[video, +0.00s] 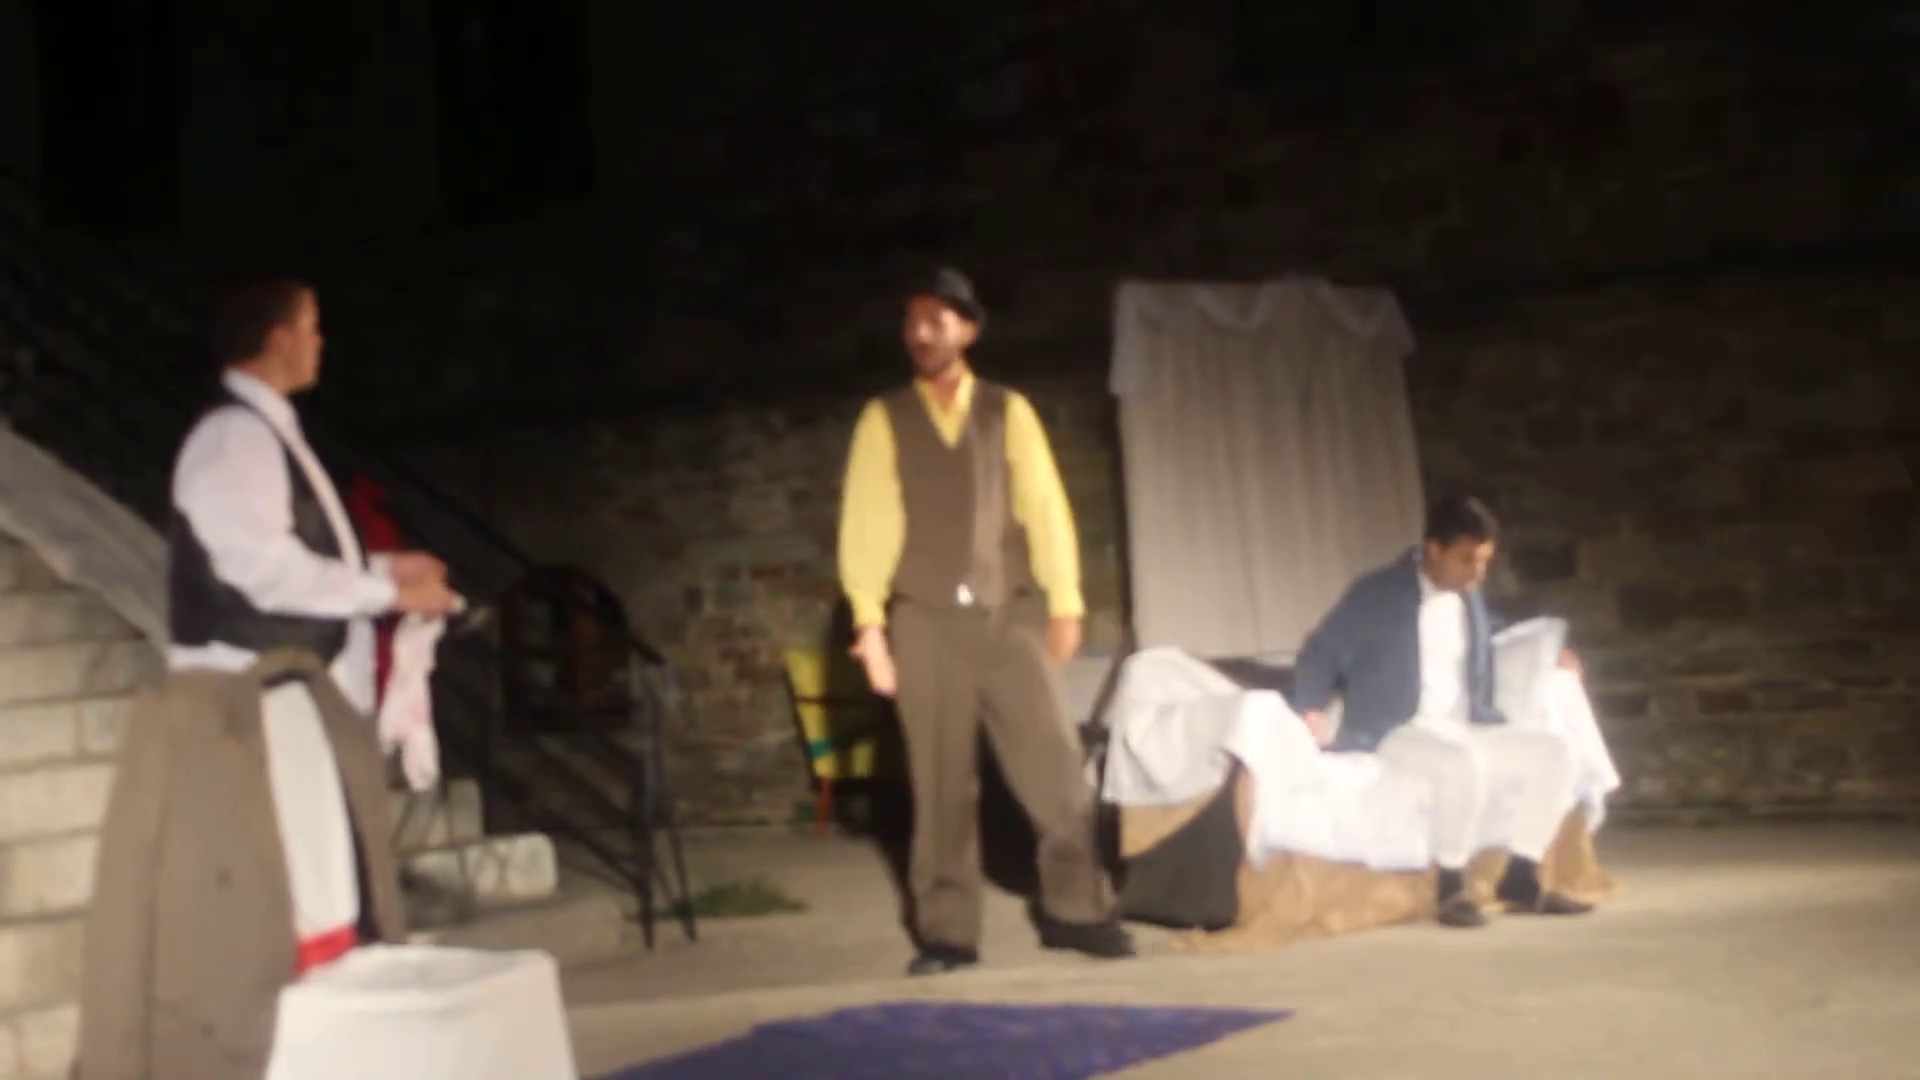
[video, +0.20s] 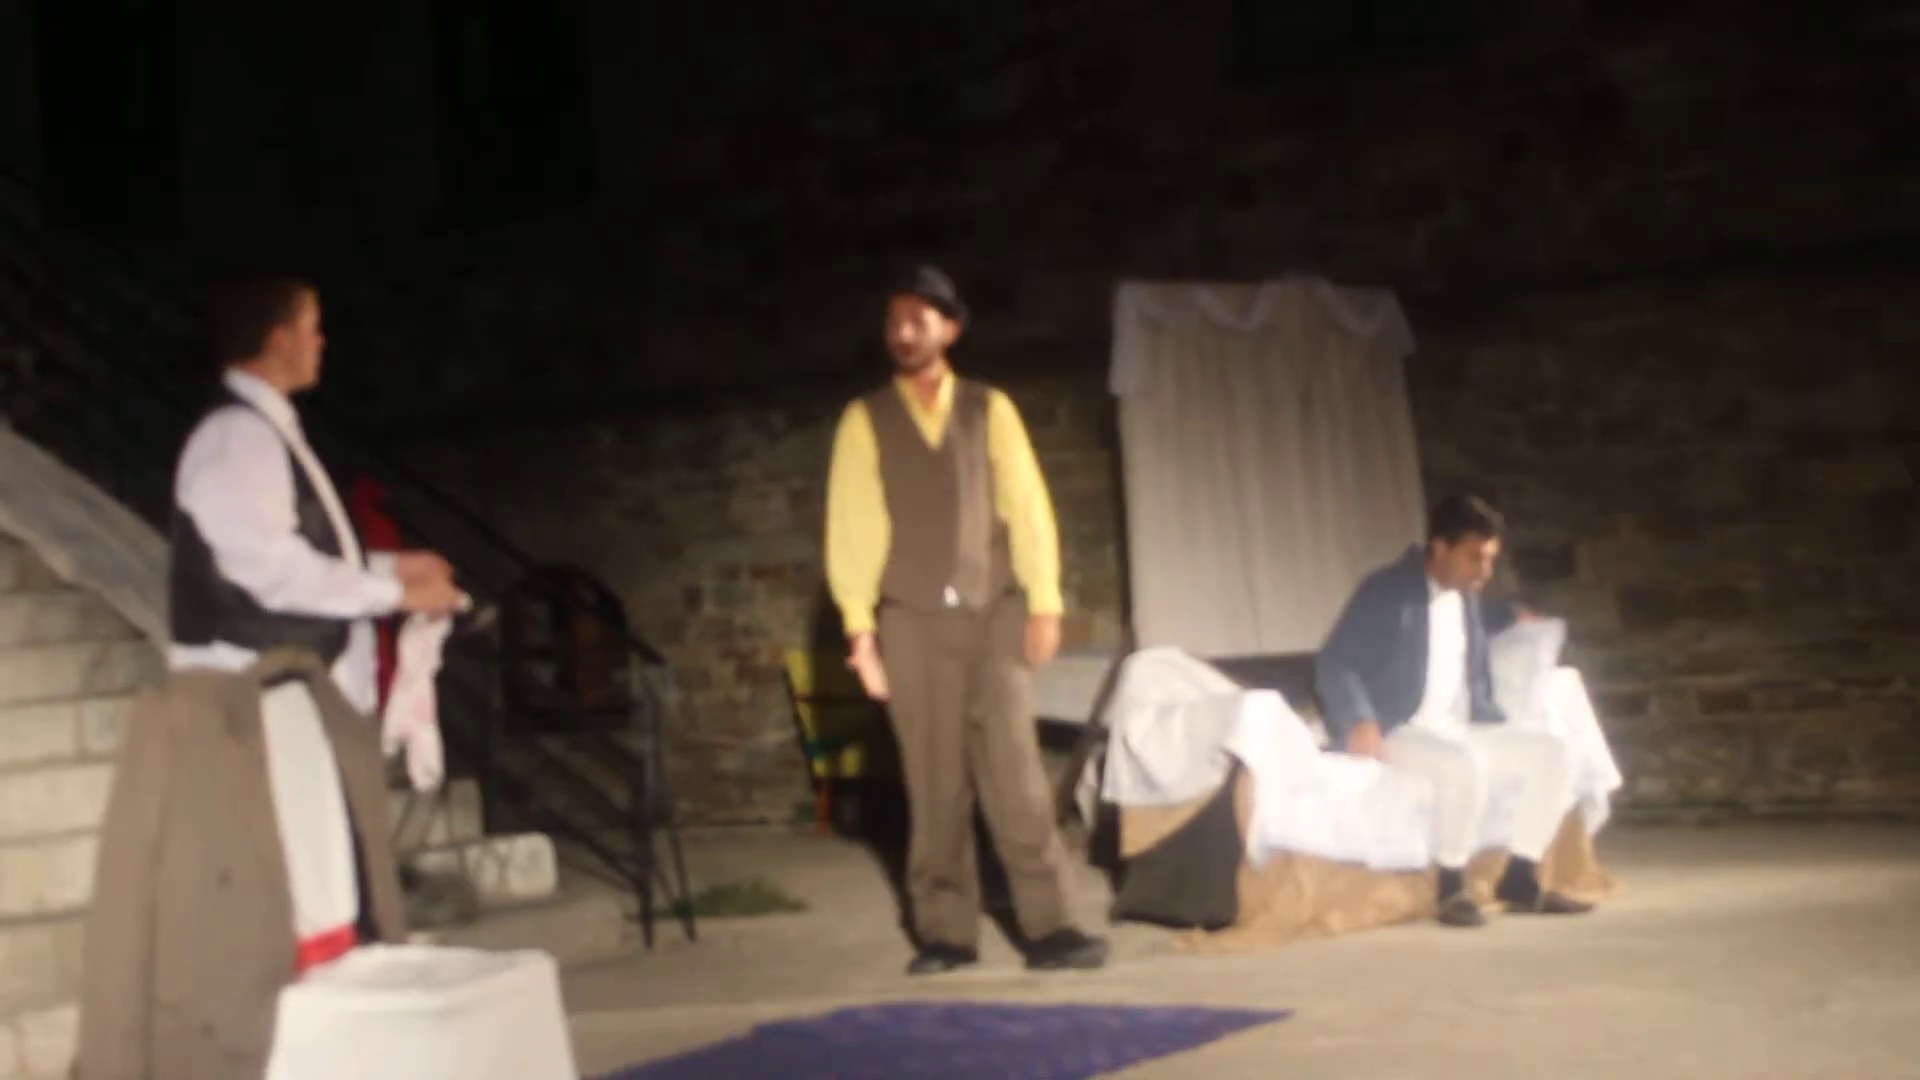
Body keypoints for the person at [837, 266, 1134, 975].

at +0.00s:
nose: (926, 334)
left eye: (941, 320)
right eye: (917, 321)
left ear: (969, 329)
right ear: (905, 332)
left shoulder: (1011, 414)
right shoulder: (884, 421)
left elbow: (1047, 512)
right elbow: (865, 525)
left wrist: (1066, 605)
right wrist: (869, 624)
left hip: (1009, 619)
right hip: (924, 625)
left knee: (1057, 772)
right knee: (942, 787)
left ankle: (1078, 912)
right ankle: (947, 934)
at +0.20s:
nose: (908, 333)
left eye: (922, 320)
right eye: (898, 320)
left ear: (951, 328)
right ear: (886, 331)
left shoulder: (992, 412)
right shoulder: (865, 422)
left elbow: (1029, 510)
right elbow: (850, 528)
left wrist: (1045, 605)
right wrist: (860, 631)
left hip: (995, 617)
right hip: (911, 625)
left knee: (1017, 776)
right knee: (935, 785)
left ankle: (1047, 925)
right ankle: (944, 932)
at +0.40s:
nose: (900, 336)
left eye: (914, 323)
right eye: (891, 323)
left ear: (947, 331)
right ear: (878, 333)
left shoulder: (989, 414)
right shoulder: (857, 424)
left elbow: (1026, 515)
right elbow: (843, 529)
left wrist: (1037, 610)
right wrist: (851, 630)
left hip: (987, 620)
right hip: (900, 625)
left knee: (994, 778)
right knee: (927, 784)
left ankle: (1007, 932)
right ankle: (944, 932)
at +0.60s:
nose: (903, 335)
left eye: (918, 323)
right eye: (896, 322)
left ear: (954, 330)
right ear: (884, 331)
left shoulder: (998, 415)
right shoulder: (863, 423)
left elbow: (1032, 521)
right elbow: (843, 528)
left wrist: (1040, 622)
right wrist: (836, 629)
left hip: (988, 622)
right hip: (898, 627)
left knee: (987, 783)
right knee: (910, 782)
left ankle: (996, 955)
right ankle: (937, 934)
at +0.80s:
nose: (907, 330)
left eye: (922, 317)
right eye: (899, 317)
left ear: (959, 321)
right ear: (888, 323)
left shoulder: (1004, 405)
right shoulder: (871, 413)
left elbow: (1038, 512)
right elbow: (849, 521)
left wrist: (1040, 612)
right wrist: (833, 622)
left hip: (987, 620)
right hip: (898, 622)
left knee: (990, 799)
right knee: (875, 778)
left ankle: (998, 958)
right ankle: (936, 910)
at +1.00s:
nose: (896, 333)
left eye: (911, 319)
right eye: (887, 319)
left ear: (947, 320)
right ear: (875, 324)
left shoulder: (995, 401)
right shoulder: (862, 412)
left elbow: (1027, 509)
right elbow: (842, 523)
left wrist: (1028, 613)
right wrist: (826, 625)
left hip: (976, 626)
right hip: (885, 628)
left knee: (984, 806)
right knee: (871, 807)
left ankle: (997, 960)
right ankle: (878, 968)